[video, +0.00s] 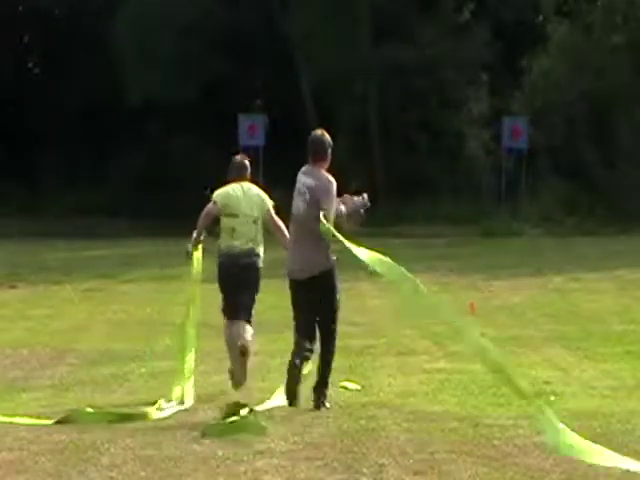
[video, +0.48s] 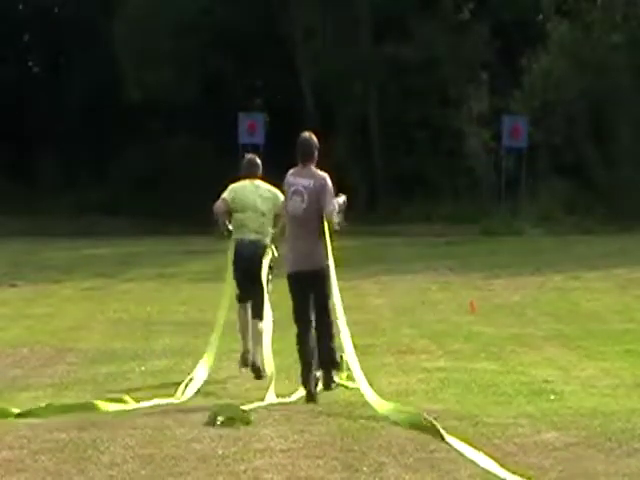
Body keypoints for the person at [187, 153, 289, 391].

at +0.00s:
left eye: (234, 173)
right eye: (246, 172)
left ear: (230, 174)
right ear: (249, 174)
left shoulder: (223, 193)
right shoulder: (259, 195)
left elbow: (207, 214)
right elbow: (276, 223)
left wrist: (197, 234)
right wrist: (291, 245)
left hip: (227, 255)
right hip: (251, 254)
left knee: (230, 312)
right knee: (245, 305)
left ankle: (234, 365)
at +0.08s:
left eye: (235, 178)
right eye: (247, 178)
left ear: (230, 179)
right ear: (249, 179)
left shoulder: (225, 198)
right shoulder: (259, 199)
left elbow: (210, 220)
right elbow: (275, 225)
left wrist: (201, 239)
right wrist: (290, 246)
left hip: (231, 255)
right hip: (254, 254)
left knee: (232, 316)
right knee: (252, 302)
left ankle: (239, 375)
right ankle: (247, 327)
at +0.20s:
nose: (253, 178)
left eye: (246, 173)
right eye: (255, 174)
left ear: (238, 175)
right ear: (257, 175)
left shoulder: (226, 193)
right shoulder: (263, 193)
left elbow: (209, 213)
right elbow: (277, 217)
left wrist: (211, 233)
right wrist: (286, 239)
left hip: (232, 252)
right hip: (256, 252)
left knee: (234, 314)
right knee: (254, 304)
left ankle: (239, 366)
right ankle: (254, 353)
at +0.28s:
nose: (262, 176)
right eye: (263, 173)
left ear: (244, 172)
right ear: (261, 173)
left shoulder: (230, 188)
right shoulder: (266, 192)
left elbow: (214, 206)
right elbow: (276, 216)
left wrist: (217, 229)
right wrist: (275, 234)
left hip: (232, 243)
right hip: (256, 243)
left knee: (239, 301)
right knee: (256, 304)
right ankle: (256, 356)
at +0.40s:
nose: (257, 178)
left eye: (251, 174)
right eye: (260, 174)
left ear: (246, 175)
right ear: (264, 176)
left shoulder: (235, 193)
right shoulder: (273, 199)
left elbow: (219, 207)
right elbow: (281, 227)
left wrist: (222, 227)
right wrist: (275, 241)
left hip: (238, 247)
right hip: (260, 247)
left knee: (239, 293)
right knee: (260, 306)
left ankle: (243, 321)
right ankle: (256, 364)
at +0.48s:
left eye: (246, 170)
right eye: (255, 169)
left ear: (243, 171)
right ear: (260, 171)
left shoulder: (235, 188)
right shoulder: (273, 193)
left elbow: (219, 207)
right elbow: (282, 218)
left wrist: (225, 226)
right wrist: (275, 236)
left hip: (241, 242)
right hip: (262, 244)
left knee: (243, 297)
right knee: (259, 300)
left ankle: (245, 349)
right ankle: (257, 354)